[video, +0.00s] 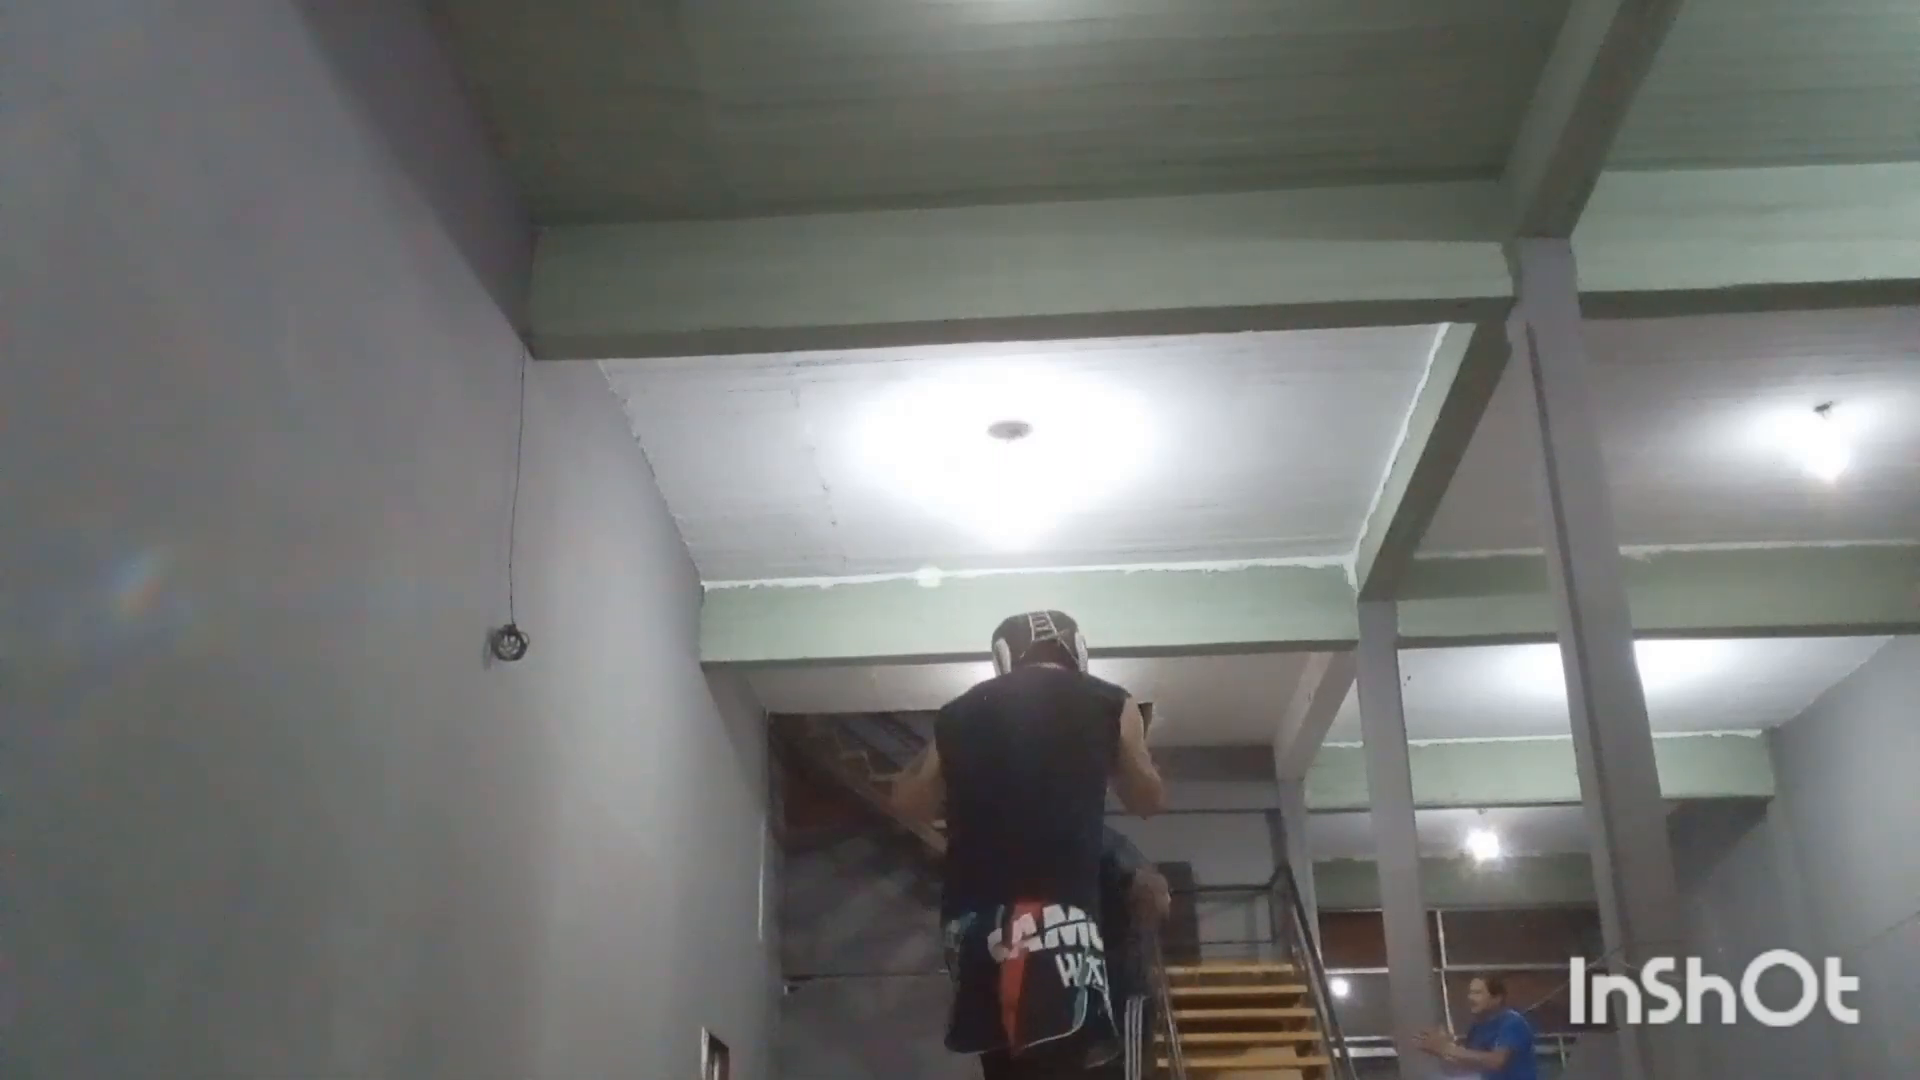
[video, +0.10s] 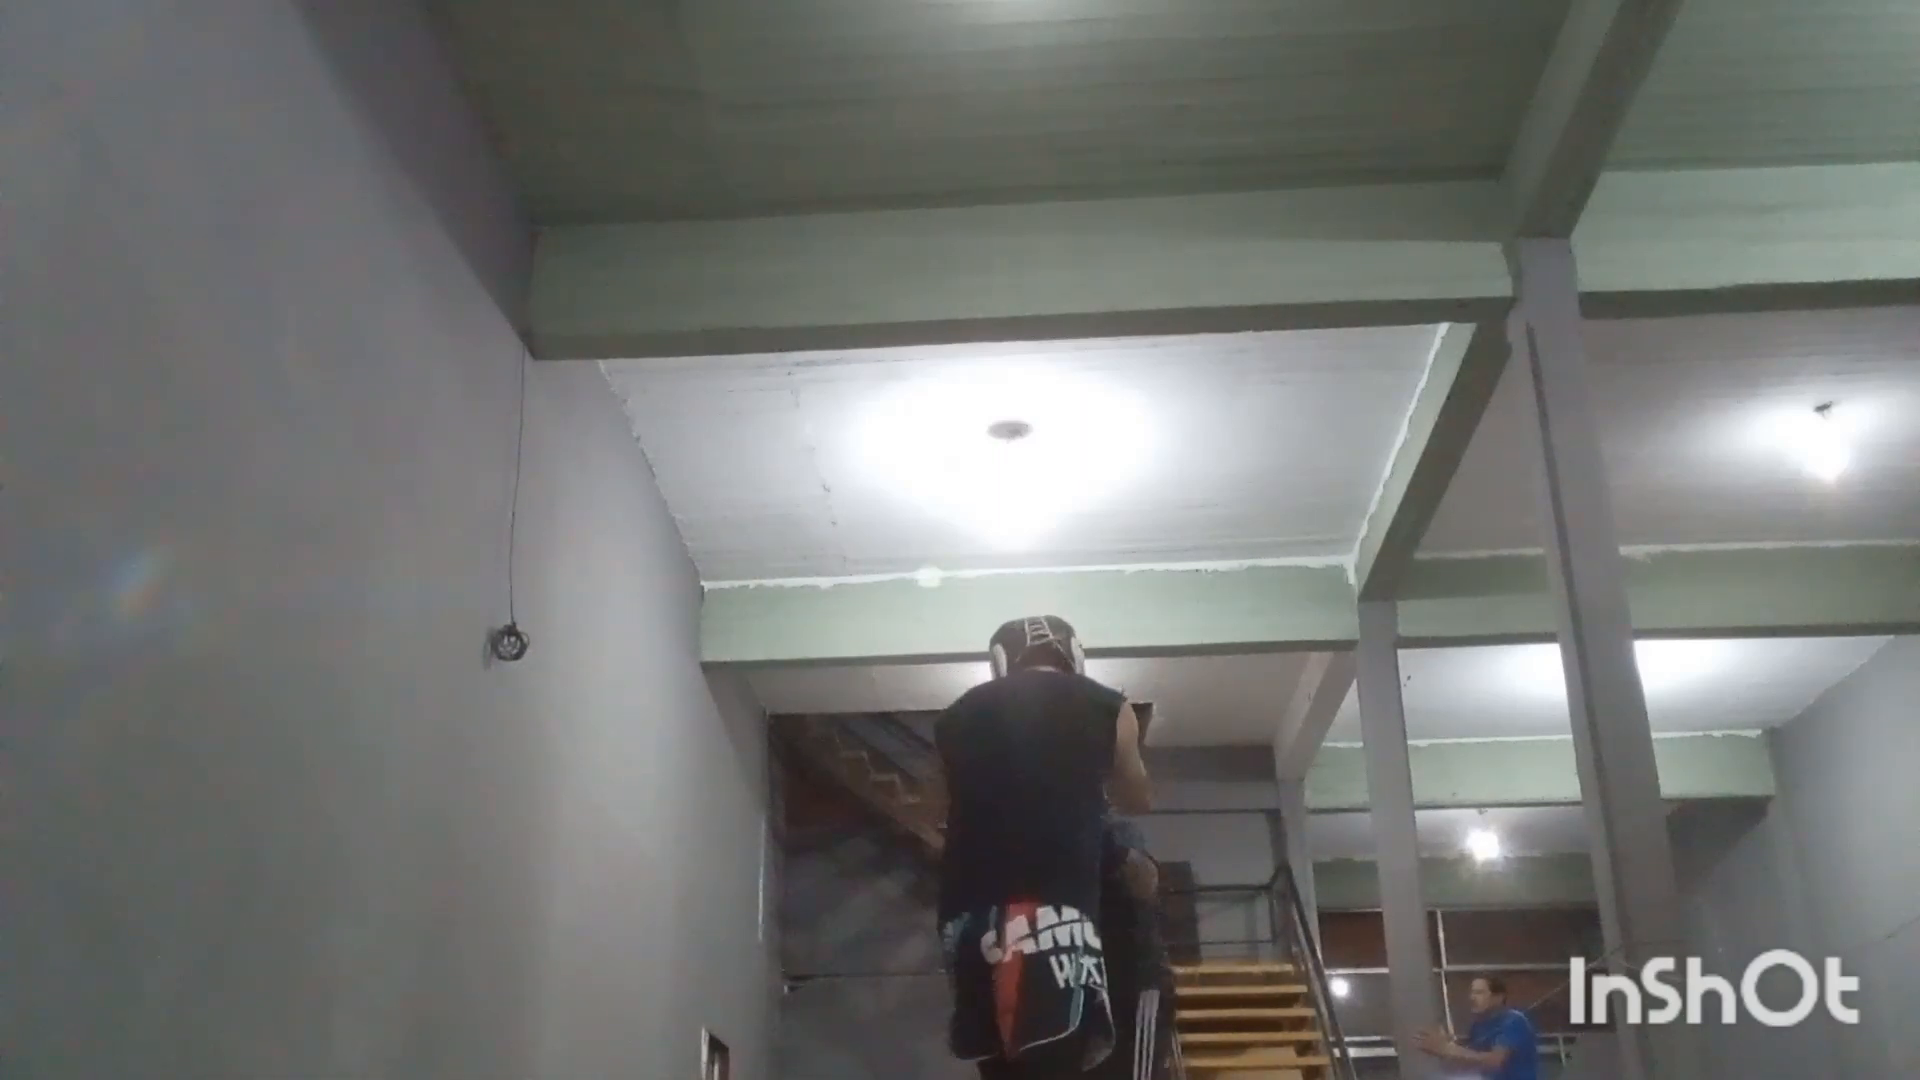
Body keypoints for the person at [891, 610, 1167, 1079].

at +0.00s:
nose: (1086, 660)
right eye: (1082, 653)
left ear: (1007, 659)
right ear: (1073, 654)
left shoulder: (961, 711)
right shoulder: (1108, 701)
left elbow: (908, 800)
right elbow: (1146, 799)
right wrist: (1134, 741)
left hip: (973, 915)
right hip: (1066, 913)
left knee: (999, 1062)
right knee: (1060, 1061)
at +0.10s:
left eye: (994, 663)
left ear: (1004, 662)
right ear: (1070, 657)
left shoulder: (957, 714)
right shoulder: (1109, 706)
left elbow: (953, 812)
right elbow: (1136, 798)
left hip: (972, 893)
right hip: (1066, 894)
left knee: (991, 1055)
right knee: (1060, 1051)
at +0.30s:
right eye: (1069, 663)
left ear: (995, 671)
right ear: (1059, 660)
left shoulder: (962, 712)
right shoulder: (1091, 698)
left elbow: (947, 810)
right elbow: (1149, 784)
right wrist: (1117, 734)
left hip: (957, 912)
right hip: (1043, 907)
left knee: (988, 1062)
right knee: (1051, 1061)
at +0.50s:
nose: (1068, 665)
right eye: (1064, 658)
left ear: (990, 667)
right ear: (1056, 660)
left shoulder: (946, 723)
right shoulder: (1086, 707)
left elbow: (904, 825)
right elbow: (1146, 793)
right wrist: (1148, 769)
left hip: (948, 928)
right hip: (1029, 923)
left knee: (974, 1063)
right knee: (1031, 1063)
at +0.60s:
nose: (1067, 662)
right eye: (1064, 654)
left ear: (985, 664)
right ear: (1054, 656)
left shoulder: (939, 718)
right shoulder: (1078, 708)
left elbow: (889, 823)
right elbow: (1135, 808)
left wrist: (951, 808)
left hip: (942, 916)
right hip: (1026, 912)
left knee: (971, 1063)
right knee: (1030, 1064)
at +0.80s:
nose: (1029, 669)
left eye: (1027, 663)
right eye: (1026, 661)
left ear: (953, 672)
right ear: (1012, 661)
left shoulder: (912, 726)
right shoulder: (1047, 701)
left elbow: (903, 831)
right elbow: (1116, 794)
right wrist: (1105, 754)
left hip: (925, 906)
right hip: (1016, 903)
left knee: (952, 1062)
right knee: (1019, 1063)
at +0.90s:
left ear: (933, 688)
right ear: (991, 673)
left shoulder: (911, 737)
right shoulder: (1030, 713)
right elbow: (1107, 794)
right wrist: (1084, 752)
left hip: (910, 929)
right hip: (998, 923)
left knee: (940, 1065)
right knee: (1002, 1066)